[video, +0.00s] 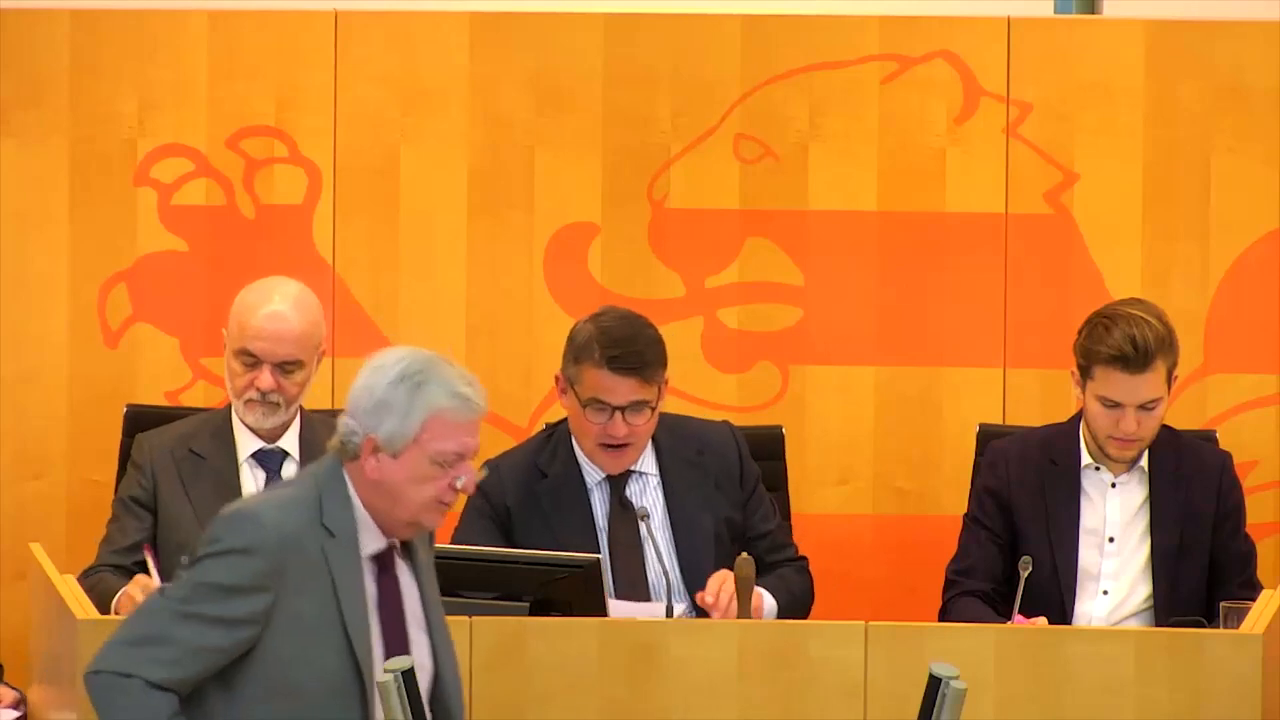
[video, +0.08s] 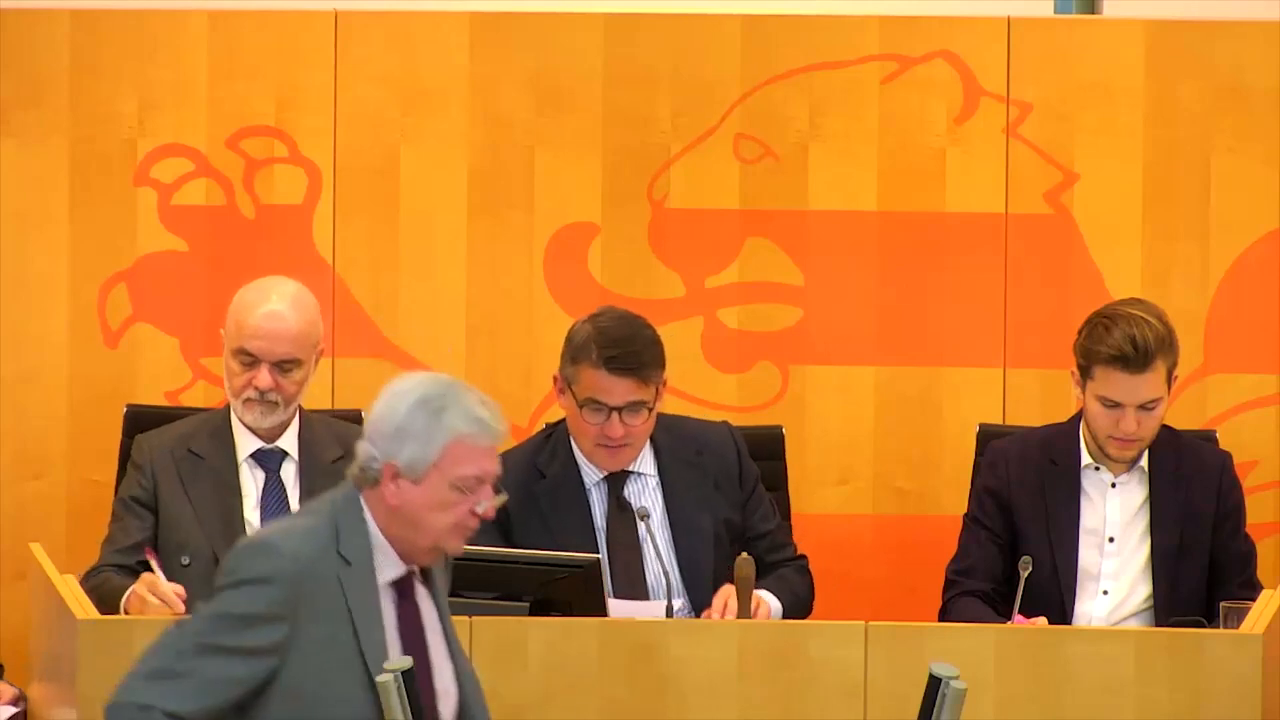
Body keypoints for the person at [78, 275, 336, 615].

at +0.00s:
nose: (265, 384)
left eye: (288, 368)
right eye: (248, 362)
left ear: (318, 361)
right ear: (226, 345)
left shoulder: (352, 454)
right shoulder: (159, 455)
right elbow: (103, 575)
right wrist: (123, 595)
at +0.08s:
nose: (263, 384)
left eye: (285, 366)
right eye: (247, 361)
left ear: (316, 360)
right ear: (224, 349)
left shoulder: (359, 453)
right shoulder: (158, 456)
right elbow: (105, 577)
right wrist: (130, 596)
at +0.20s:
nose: (261, 383)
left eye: (285, 366)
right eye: (245, 360)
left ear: (314, 360)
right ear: (222, 348)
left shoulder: (373, 461)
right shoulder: (158, 458)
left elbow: (399, 584)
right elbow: (111, 577)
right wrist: (140, 602)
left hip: (338, 663)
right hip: (201, 664)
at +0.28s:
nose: (262, 382)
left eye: (285, 366)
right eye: (245, 360)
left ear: (315, 359)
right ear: (221, 348)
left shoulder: (372, 460)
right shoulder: (158, 458)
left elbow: (397, 584)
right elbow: (115, 579)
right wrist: (147, 607)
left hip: (336, 669)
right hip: (199, 668)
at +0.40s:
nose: (265, 384)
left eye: (287, 369)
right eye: (248, 361)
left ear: (317, 360)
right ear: (224, 346)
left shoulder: (372, 460)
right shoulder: (158, 458)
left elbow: (397, 592)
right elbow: (116, 582)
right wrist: (152, 611)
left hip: (334, 676)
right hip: (201, 672)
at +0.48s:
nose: (266, 385)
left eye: (289, 369)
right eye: (250, 362)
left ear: (318, 360)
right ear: (225, 346)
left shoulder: (372, 460)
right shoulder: (158, 458)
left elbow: (394, 592)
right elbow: (117, 582)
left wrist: (320, 638)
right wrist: (154, 613)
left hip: (332, 675)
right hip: (202, 669)